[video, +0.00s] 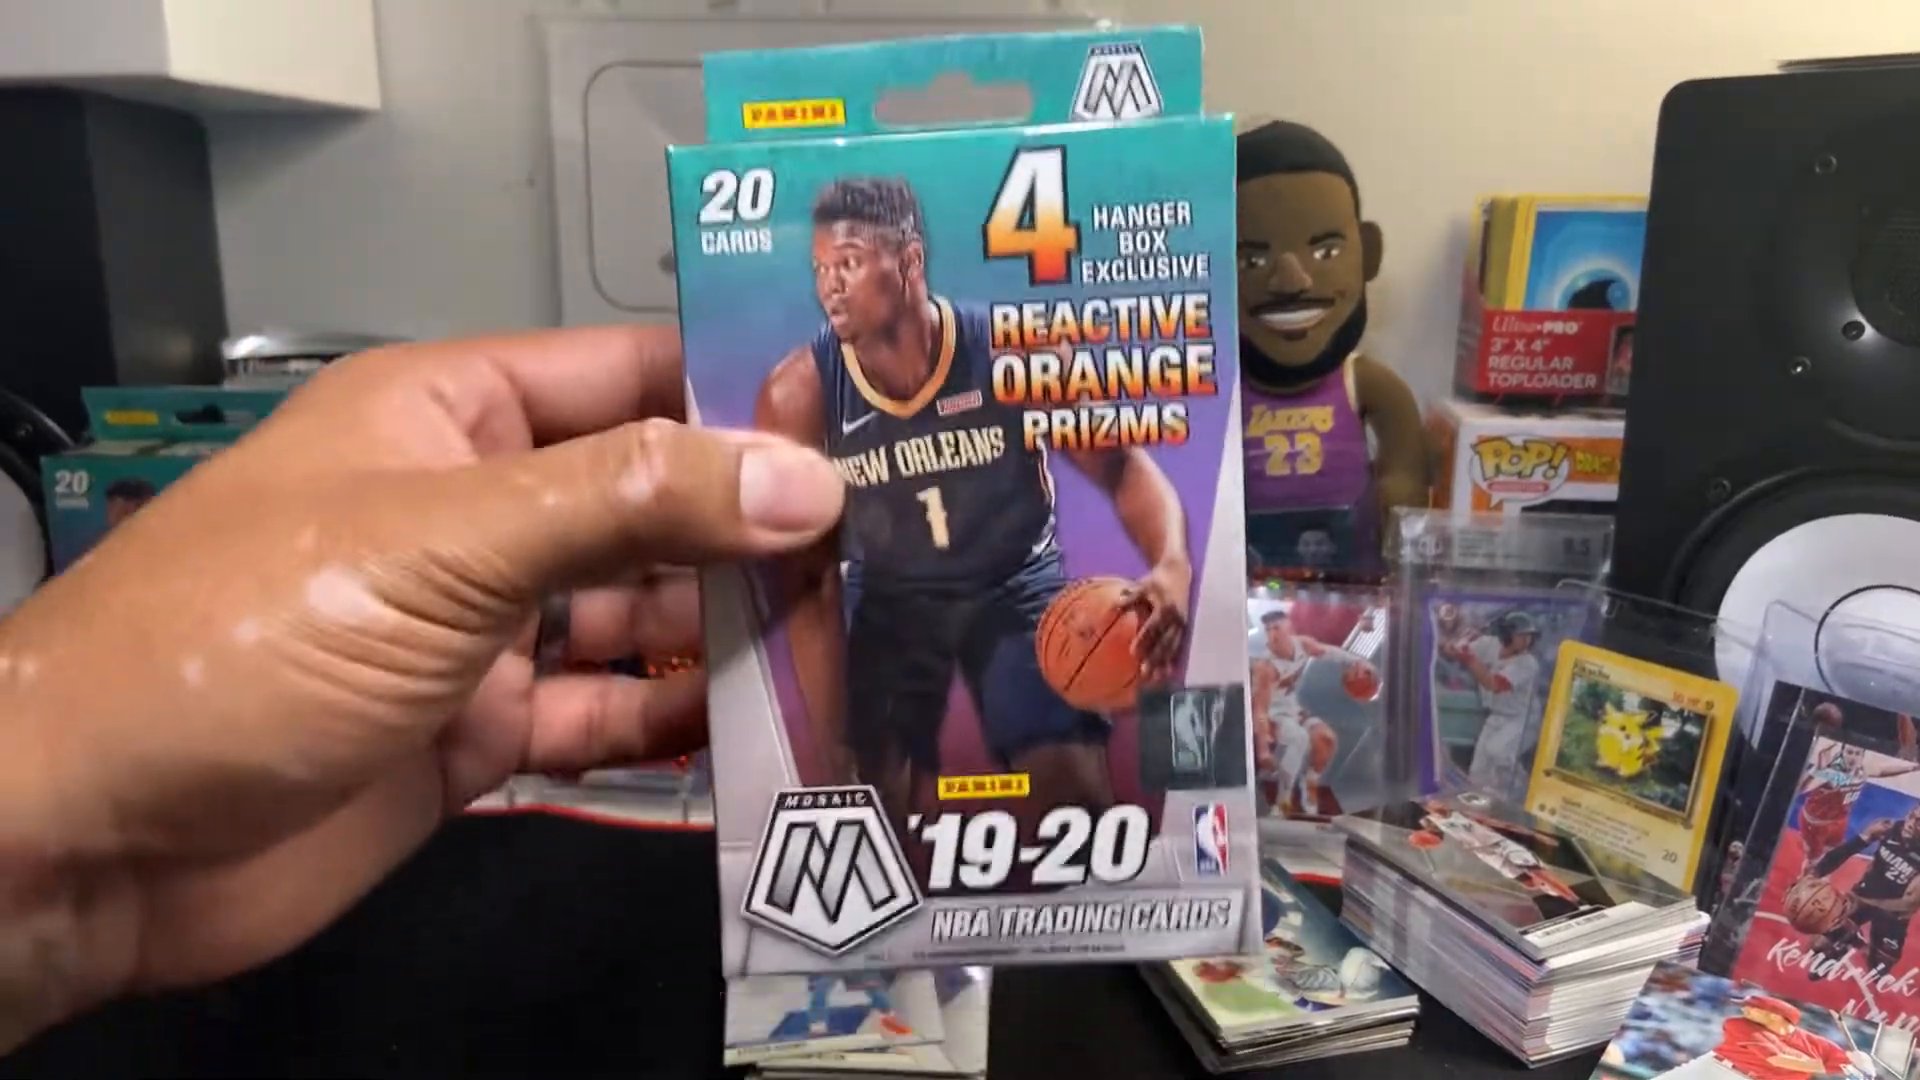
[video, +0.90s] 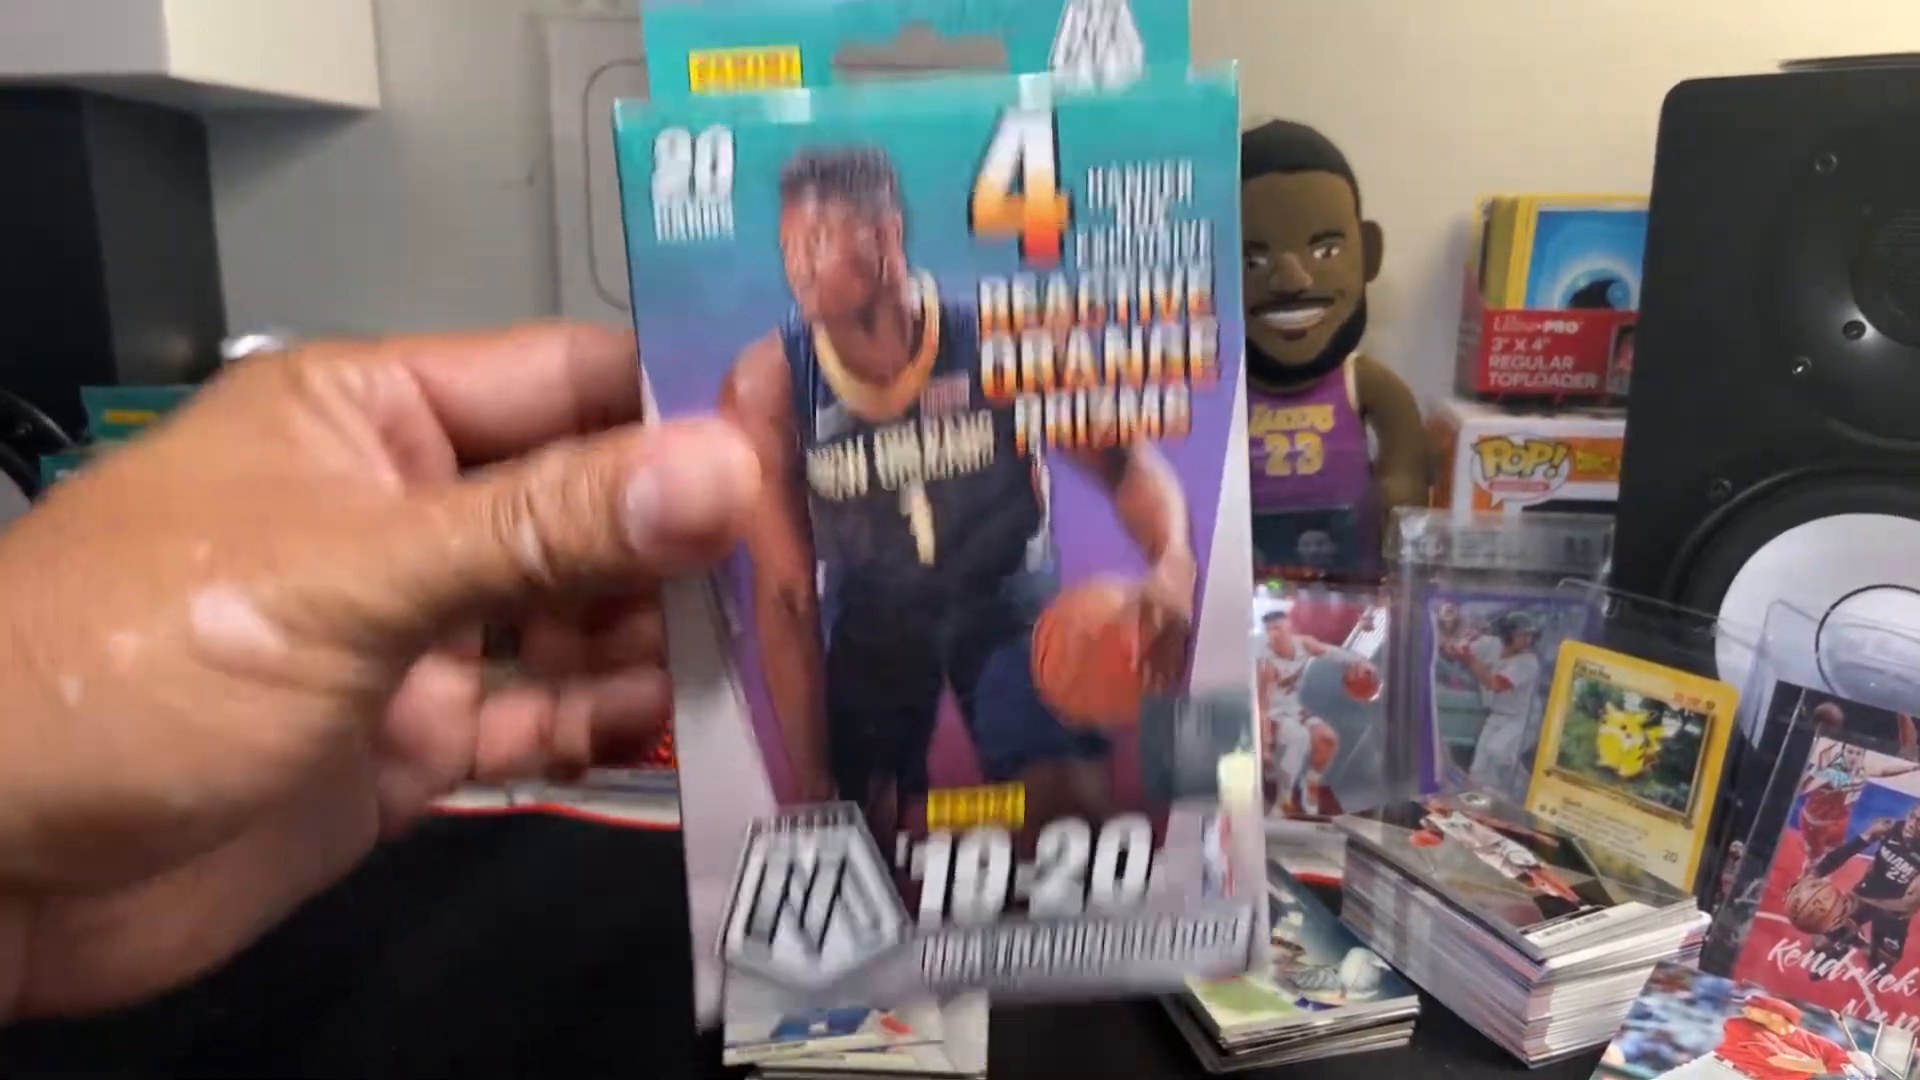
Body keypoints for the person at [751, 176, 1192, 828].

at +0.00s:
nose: (830, 287)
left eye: (849, 264)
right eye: (821, 269)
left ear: (910, 262)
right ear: (813, 276)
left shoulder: (1008, 352)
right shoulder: (799, 393)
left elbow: (1120, 466)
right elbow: (808, 580)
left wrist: (1173, 564)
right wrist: (829, 750)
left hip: (1018, 593)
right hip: (893, 606)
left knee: (1069, 790)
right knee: (877, 809)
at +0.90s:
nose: (803, 264)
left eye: (825, 237)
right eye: (793, 242)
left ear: (888, 238)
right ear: (782, 253)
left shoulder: (997, 339)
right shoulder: (769, 383)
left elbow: (1123, 461)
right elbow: (785, 593)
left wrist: (1173, 566)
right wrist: (809, 783)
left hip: (1004, 611)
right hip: (875, 623)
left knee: (1068, 801)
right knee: (859, 828)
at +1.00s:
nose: (811, 408)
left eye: (832, 384)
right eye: (801, 389)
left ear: (895, 387)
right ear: (791, 399)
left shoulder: (999, 487)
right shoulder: (774, 520)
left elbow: (1115, 608)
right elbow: (781, 728)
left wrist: (1162, 712)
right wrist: (790, 920)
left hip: (999, 750)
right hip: (870, 759)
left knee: (1052, 946)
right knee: (842, 963)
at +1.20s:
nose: (783, 301)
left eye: (803, 277)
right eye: (774, 281)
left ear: (866, 277)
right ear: (765, 290)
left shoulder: (972, 371)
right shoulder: (752, 413)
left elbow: (1090, 487)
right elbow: (767, 612)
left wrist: (1138, 584)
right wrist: (788, 790)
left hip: (982, 632)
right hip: (855, 646)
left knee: (1042, 821)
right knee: (835, 843)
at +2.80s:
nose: (776, 316)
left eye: (799, 292)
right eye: (768, 296)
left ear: (870, 290)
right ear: (760, 304)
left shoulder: (980, 393)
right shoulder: (739, 437)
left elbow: (1104, 525)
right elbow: (751, 654)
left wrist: (1162, 638)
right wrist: (765, 854)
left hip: (985, 662)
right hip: (839, 674)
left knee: (1043, 902)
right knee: (806, 903)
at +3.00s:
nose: (828, 306)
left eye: (854, 282)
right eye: (819, 283)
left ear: (922, 290)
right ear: (806, 292)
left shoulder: (1028, 406)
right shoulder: (780, 427)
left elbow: (1157, 557)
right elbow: (767, 655)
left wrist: (1202, 680)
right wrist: (767, 858)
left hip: (1008, 695)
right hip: (865, 698)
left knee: (1054, 907)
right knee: (837, 913)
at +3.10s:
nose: (720, 282)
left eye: (742, 260)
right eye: (715, 263)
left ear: (803, 263)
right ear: (708, 272)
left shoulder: (893, 358)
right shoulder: (686, 385)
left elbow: (1002, 473)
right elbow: (686, 580)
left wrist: (1042, 577)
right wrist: (690, 761)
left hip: (886, 600)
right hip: (768, 607)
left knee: (926, 769)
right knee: (757, 787)